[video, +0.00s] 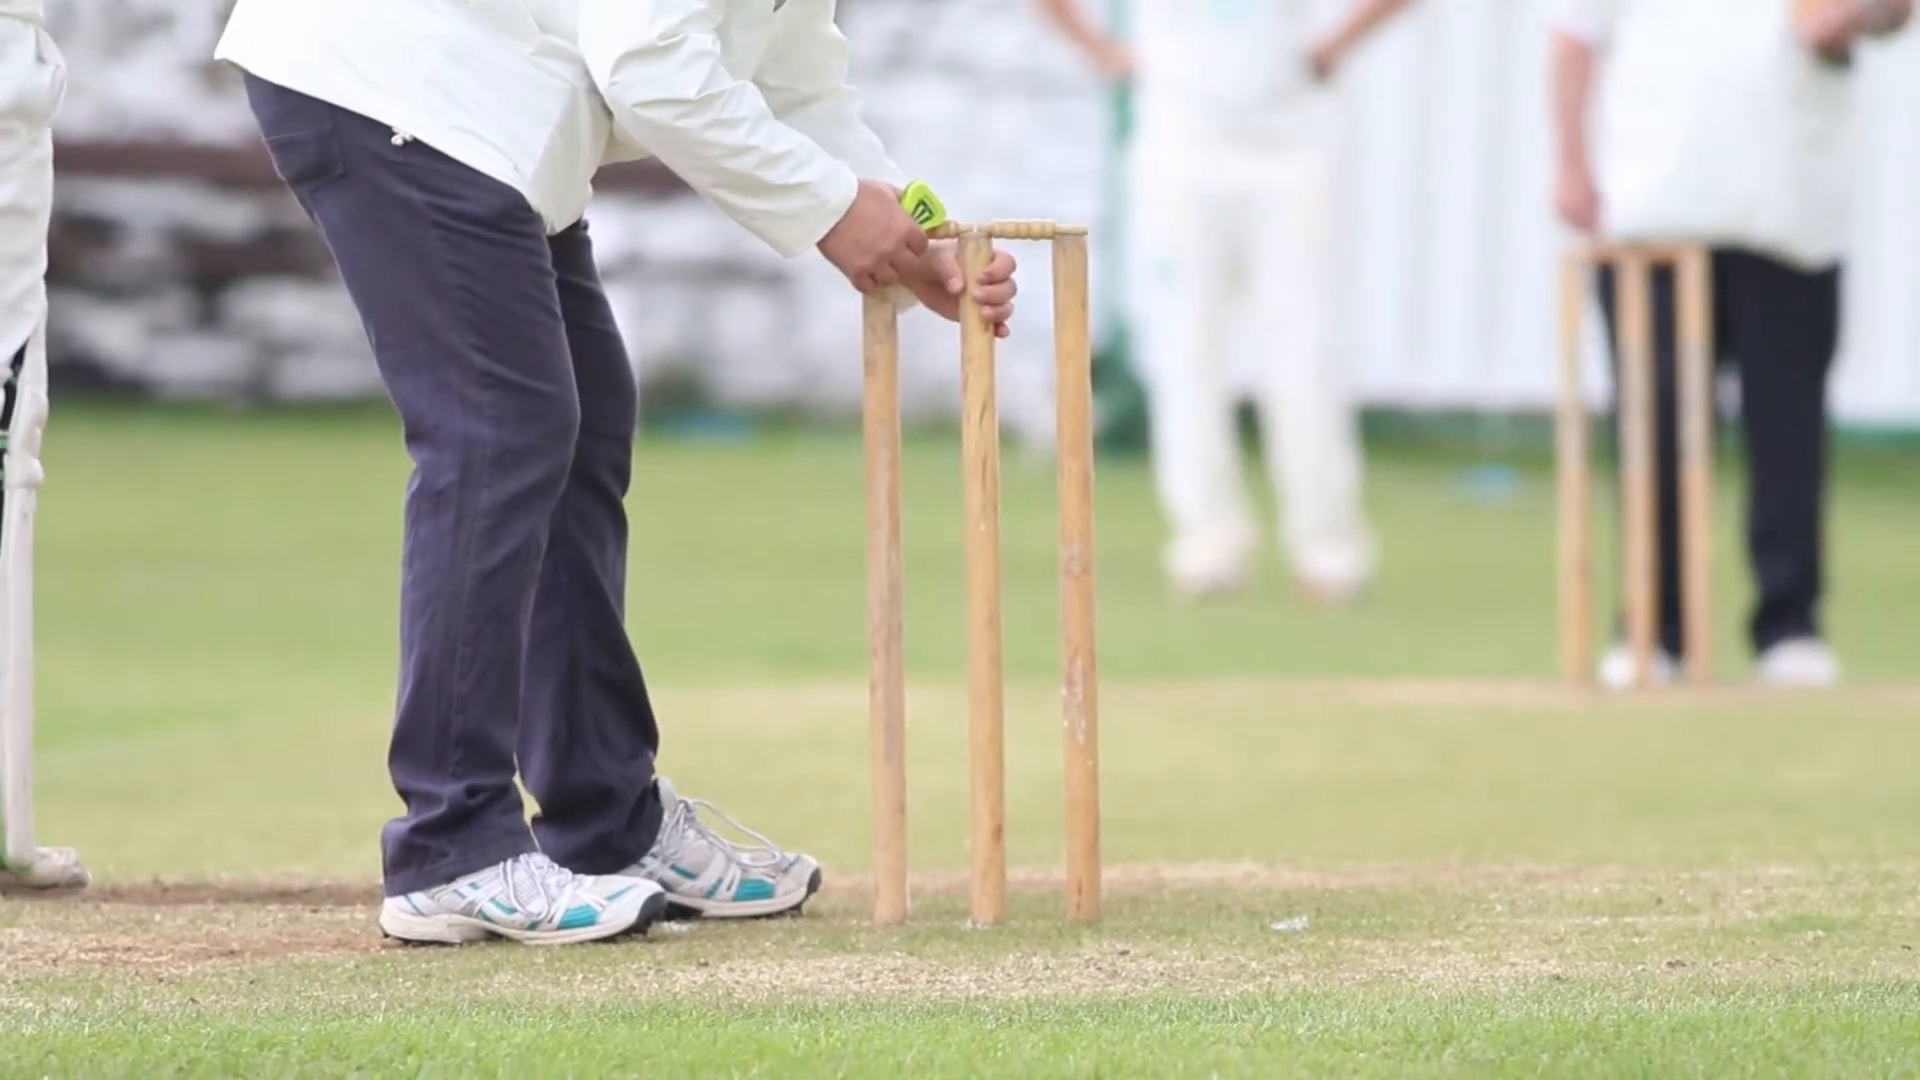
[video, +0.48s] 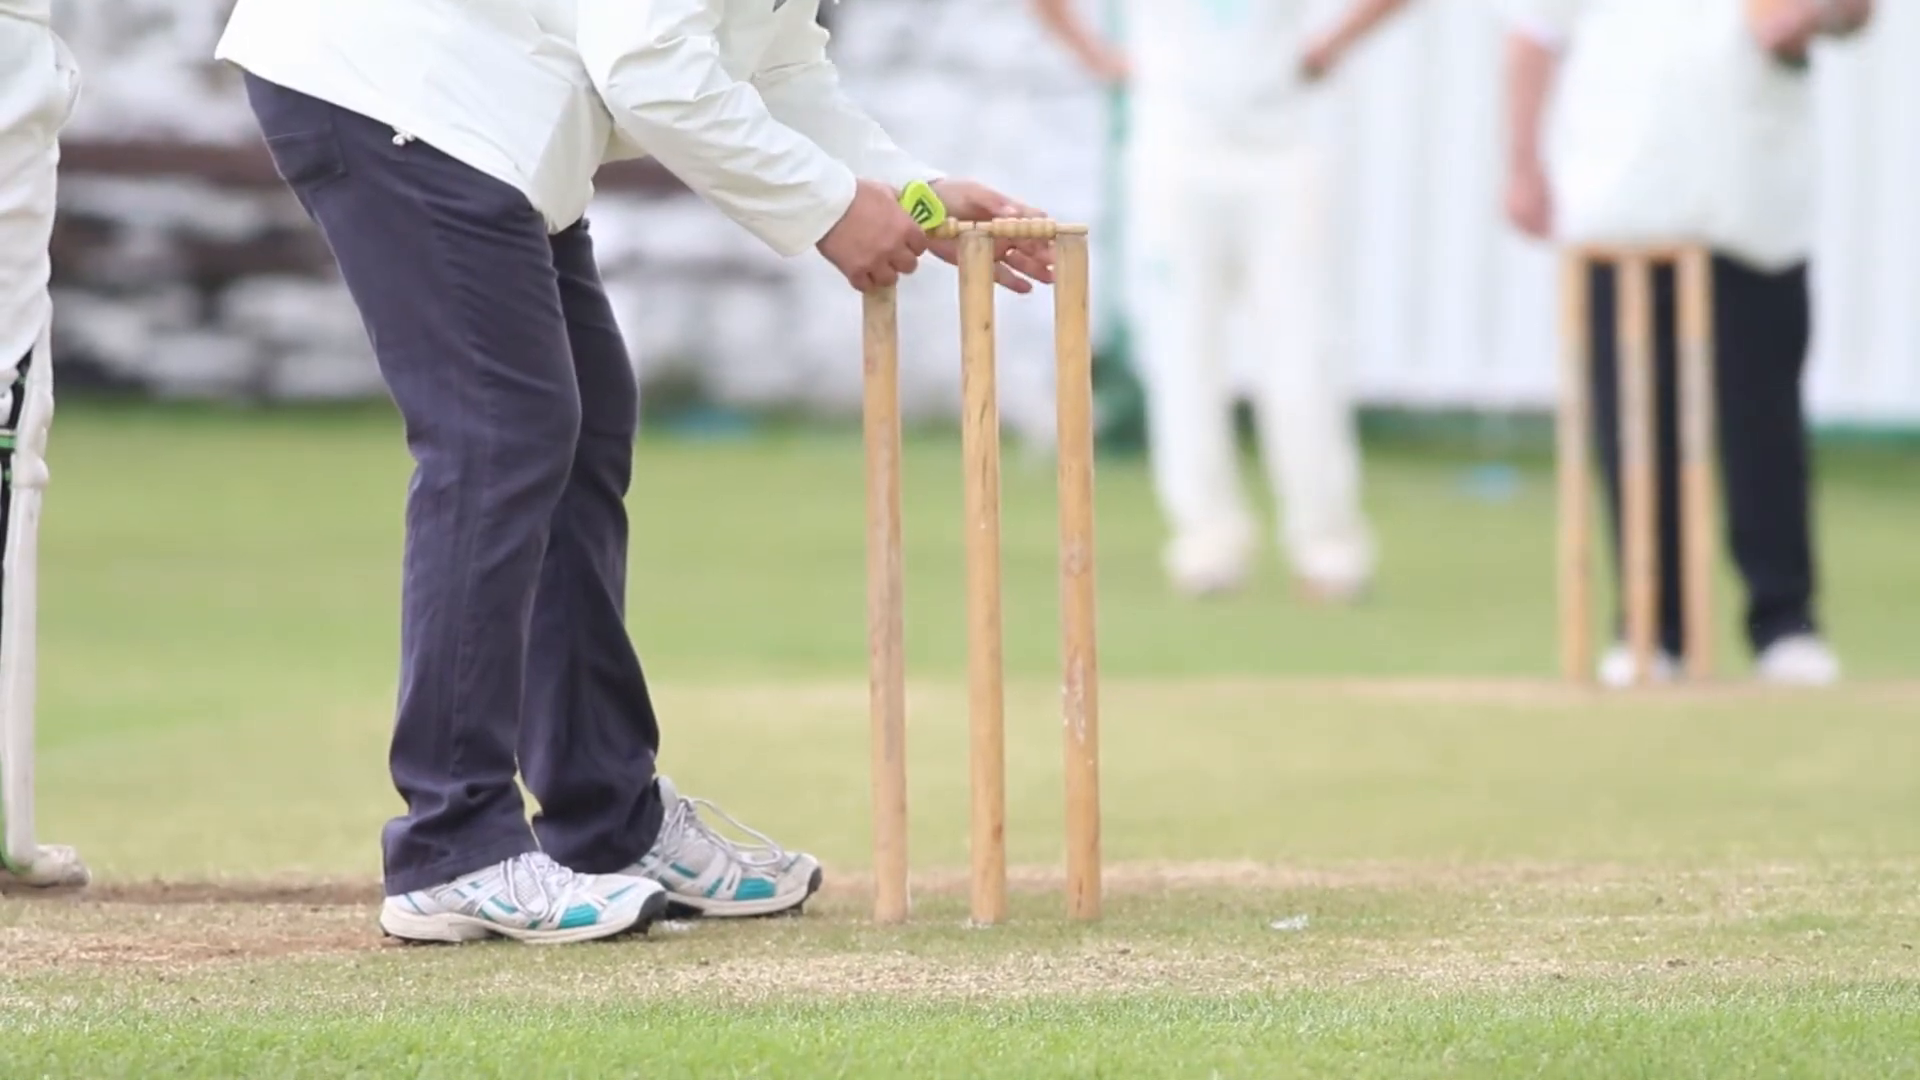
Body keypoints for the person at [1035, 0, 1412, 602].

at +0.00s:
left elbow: (1400, 3)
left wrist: (1332, 47)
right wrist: (1102, 49)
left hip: (1295, 110)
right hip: (1177, 112)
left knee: (1305, 334)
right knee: (1180, 338)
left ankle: (1327, 545)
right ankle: (1208, 541)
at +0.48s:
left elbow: (1397, 3)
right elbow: (1041, 4)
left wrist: (1328, 47)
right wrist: (1098, 54)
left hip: (1288, 114)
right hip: (1171, 113)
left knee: (1300, 337)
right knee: (1177, 340)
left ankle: (1327, 543)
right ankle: (1208, 540)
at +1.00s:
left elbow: (1389, 3)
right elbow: (1040, 5)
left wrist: (1327, 42)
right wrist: (1098, 55)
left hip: (1286, 121)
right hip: (1170, 120)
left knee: (1300, 340)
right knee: (1179, 343)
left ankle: (1327, 544)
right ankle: (1209, 541)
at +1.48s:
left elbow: (1388, 3)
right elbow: (1039, 5)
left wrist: (1325, 44)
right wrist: (1096, 54)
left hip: (1288, 115)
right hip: (1169, 114)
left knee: (1299, 338)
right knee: (1178, 342)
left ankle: (1328, 544)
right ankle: (1208, 540)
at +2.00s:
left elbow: (1382, 4)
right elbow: (1037, 4)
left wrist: (1323, 40)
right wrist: (1095, 51)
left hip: (1282, 124)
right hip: (1169, 122)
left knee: (1302, 340)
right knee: (1178, 343)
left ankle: (1328, 538)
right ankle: (1209, 536)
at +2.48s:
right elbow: (1035, 4)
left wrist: (1320, 36)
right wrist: (1096, 52)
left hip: (1280, 129)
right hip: (1170, 126)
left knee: (1301, 339)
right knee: (1178, 344)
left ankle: (1328, 536)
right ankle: (1209, 533)